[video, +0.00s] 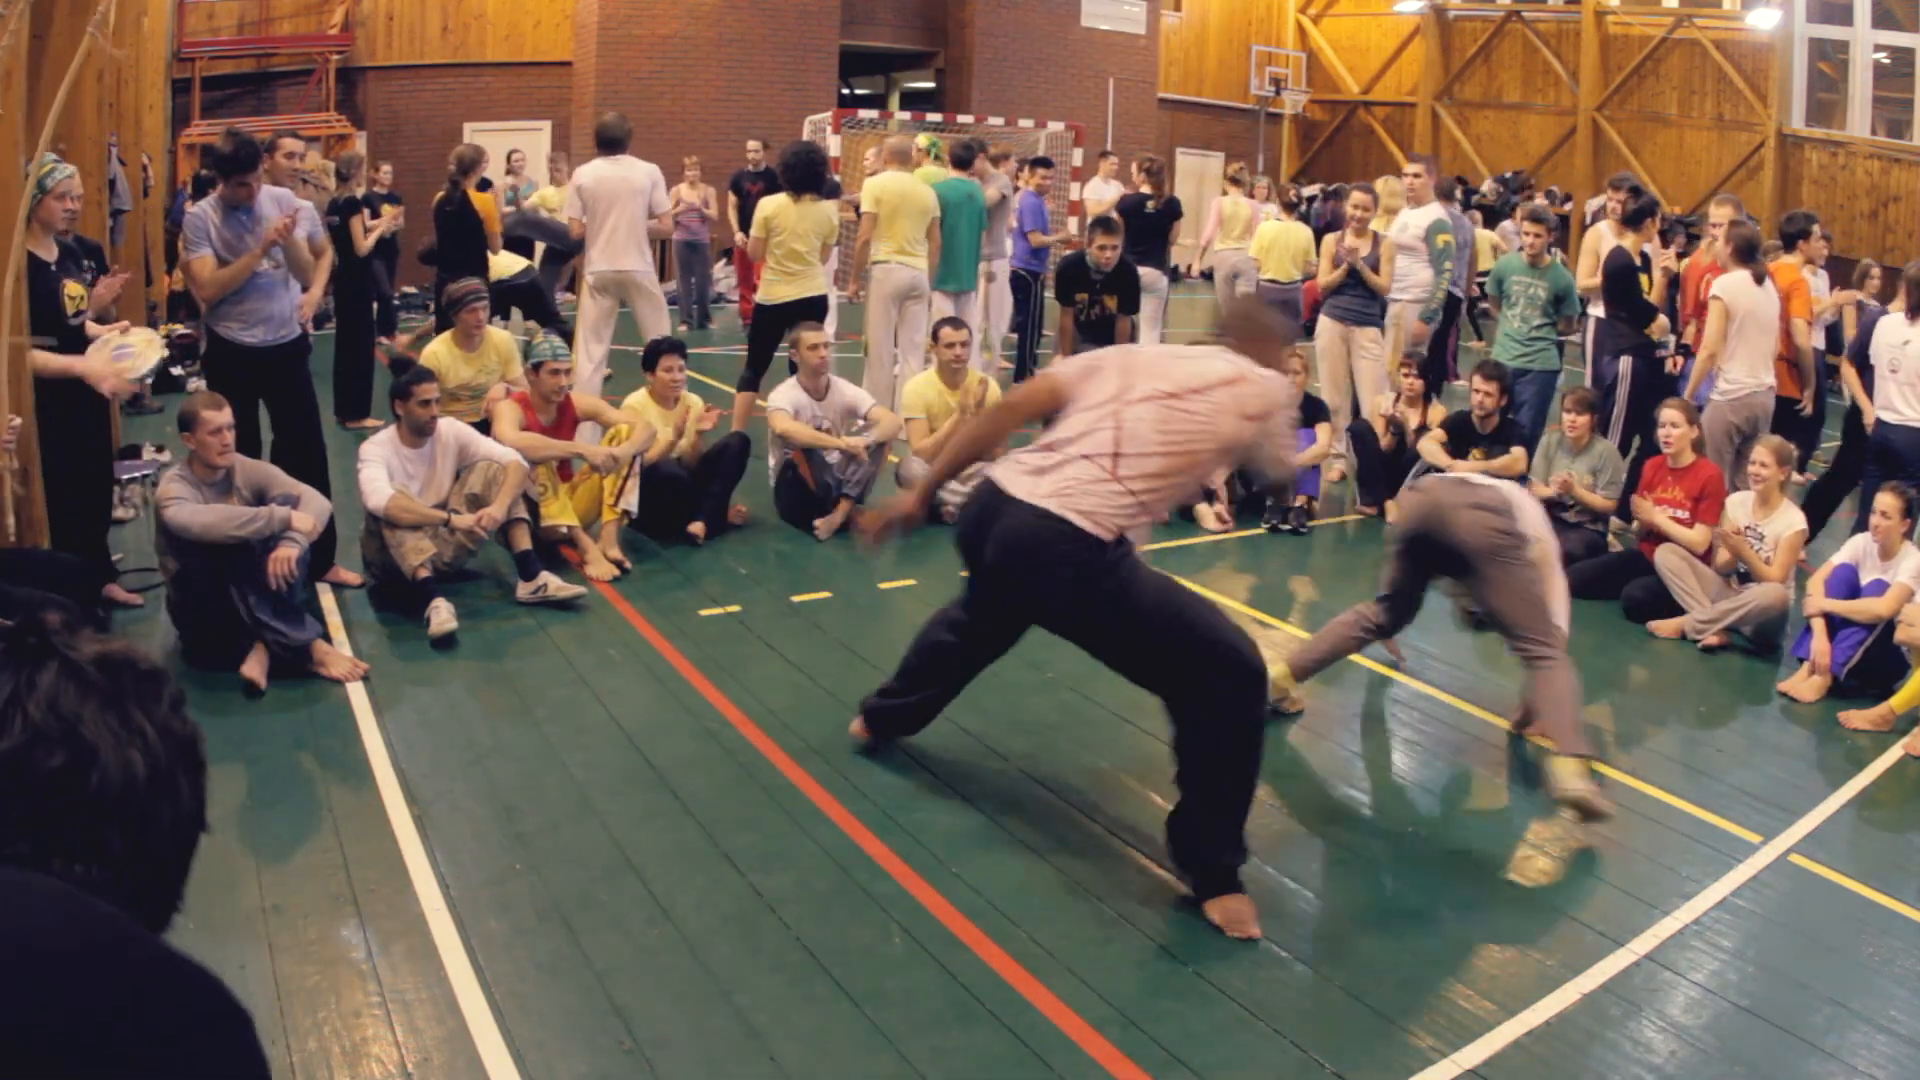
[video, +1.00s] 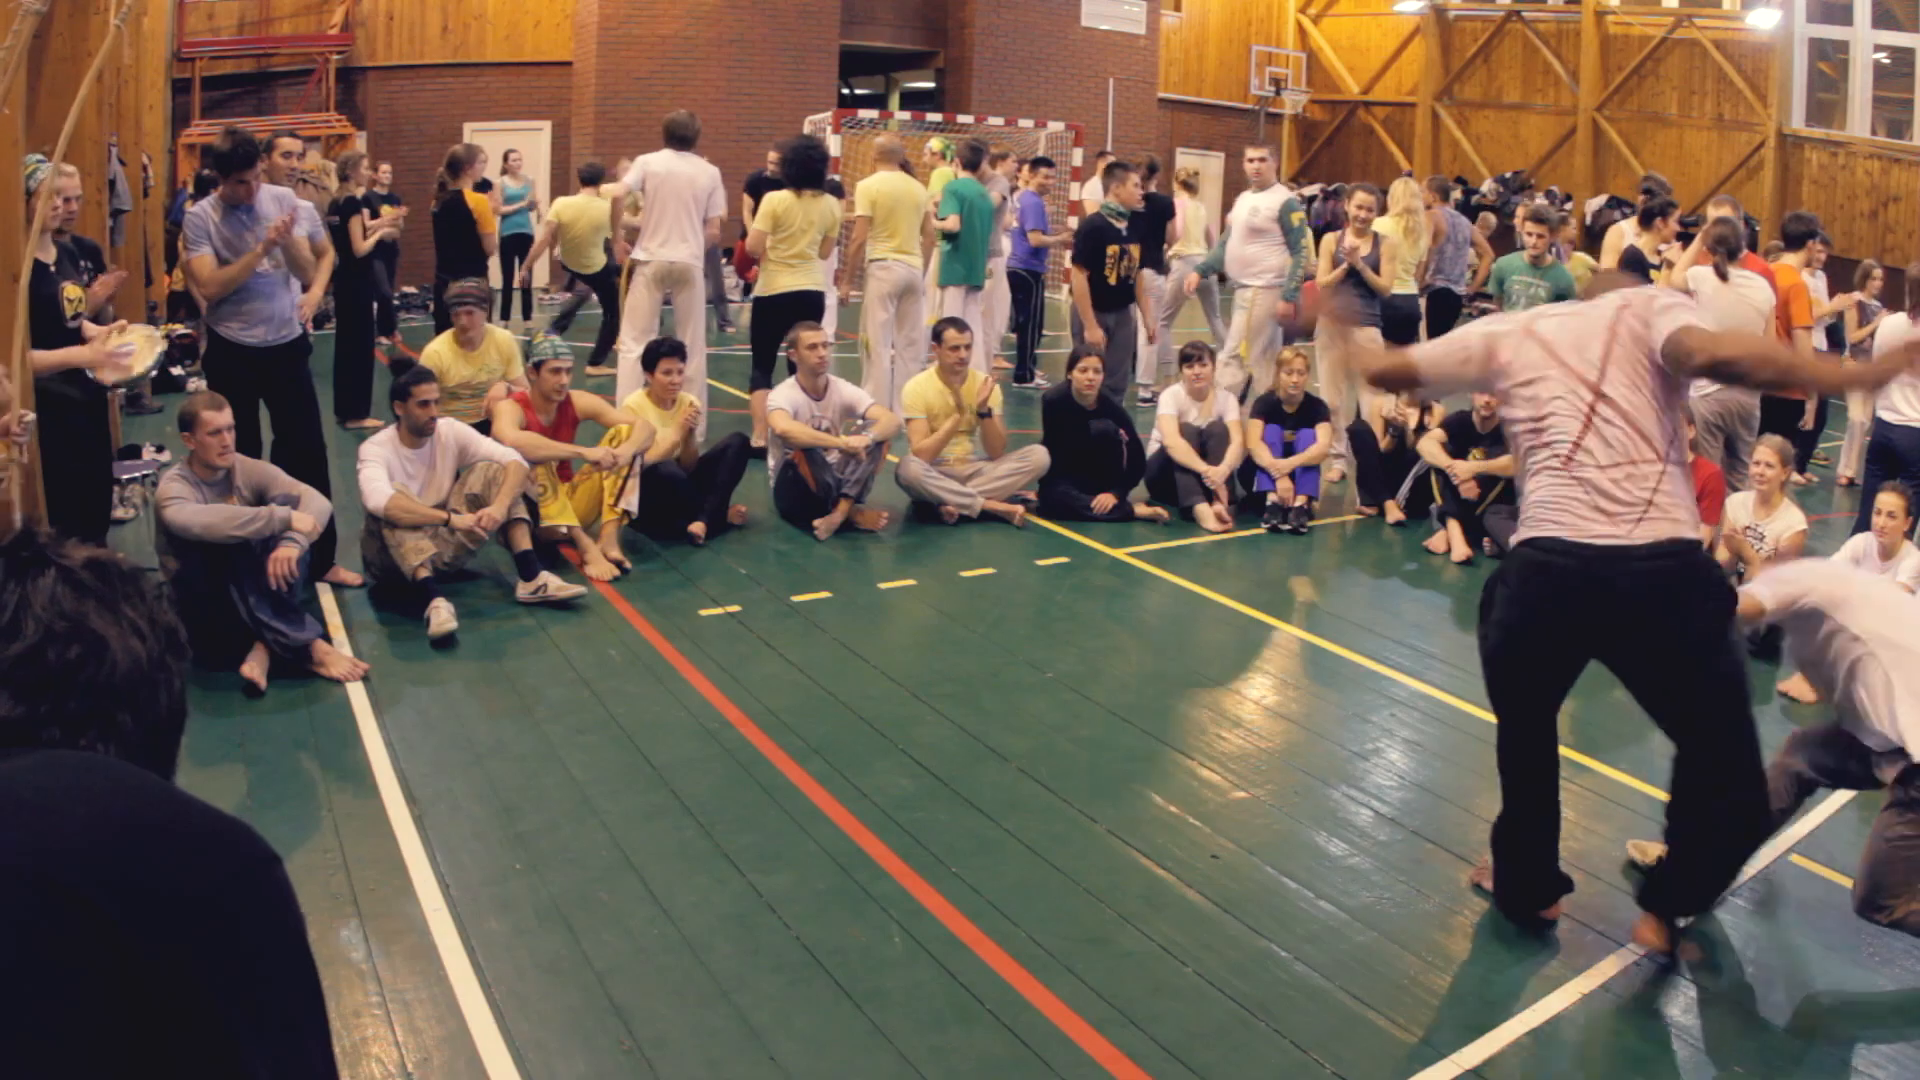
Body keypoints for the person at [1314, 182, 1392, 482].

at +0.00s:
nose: (1359, 214)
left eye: (1365, 209)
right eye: (1354, 207)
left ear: (1375, 213)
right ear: (1345, 208)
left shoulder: (1383, 244)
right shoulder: (1331, 240)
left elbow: (1384, 287)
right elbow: (1322, 285)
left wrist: (1358, 264)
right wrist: (1345, 267)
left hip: (1368, 323)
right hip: (1332, 319)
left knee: (1373, 395)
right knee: (1334, 394)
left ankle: (1375, 461)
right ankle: (1336, 458)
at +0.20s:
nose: (1359, 214)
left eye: (1366, 210)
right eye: (1355, 207)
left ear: (1374, 212)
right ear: (1345, 207)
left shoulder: (1384, 244)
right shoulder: (1331, 240)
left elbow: (1386, 290)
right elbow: (1321, 286)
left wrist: (1367, 268)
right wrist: (1337, 262)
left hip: (1366, 320)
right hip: (1332, 314)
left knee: (1369, 383)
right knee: (1327, 380)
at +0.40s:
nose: (1360, 215)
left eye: (1367, 210)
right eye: (1356, 208)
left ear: (1375, 213)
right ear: (1345, 208)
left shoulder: (1383, 243)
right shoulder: (1331, 239)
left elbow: (1385, 288)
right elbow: (1321, 283)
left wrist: (1359, 262)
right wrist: (1342, 262)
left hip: (1366, 322)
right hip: (1331, 319)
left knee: (1374, 394)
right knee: (1331, 392)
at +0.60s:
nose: (1362, 214)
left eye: (1368, 209)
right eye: (1357, 207)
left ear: (1375, 213)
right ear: (1347, 207)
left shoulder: (1381, 244)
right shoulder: (1334, 239)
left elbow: (1382, 285)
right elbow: (1323, 282)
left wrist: (1361, 268)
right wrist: (1347, 267)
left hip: (1367, 320)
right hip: (1333, 316)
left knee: (1365, 387)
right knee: (1332, 387)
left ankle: (1360, 452)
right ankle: (1331, 453)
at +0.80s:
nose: (1363, 214)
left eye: (1369, 209)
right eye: (1358, 208)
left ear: (1376, 213)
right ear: (1346, 208)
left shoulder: (1383, 244)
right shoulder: (1330, 240)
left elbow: (1387, 289)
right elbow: (1319, 284)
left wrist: (1363, 266)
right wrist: (1342, 266)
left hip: (1366, 322)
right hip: (1331, 319)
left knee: (1370, 393)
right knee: (1333, 391)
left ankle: (1380, 460)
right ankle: (1336, 457)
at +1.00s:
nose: (1364, 215)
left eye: (1370, 210)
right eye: (1359, 208)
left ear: (1377, 214)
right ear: (1347, 207)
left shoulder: (1384, 244)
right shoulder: (1331, 240)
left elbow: (1385, 288)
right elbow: (1322, 283)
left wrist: (1360, 265)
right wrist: (1347, 265)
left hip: (1366, 326)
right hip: (1331, 323)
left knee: (1371, 391)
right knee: (1332, 390)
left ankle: (1373, 458)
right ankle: (1337, 456)